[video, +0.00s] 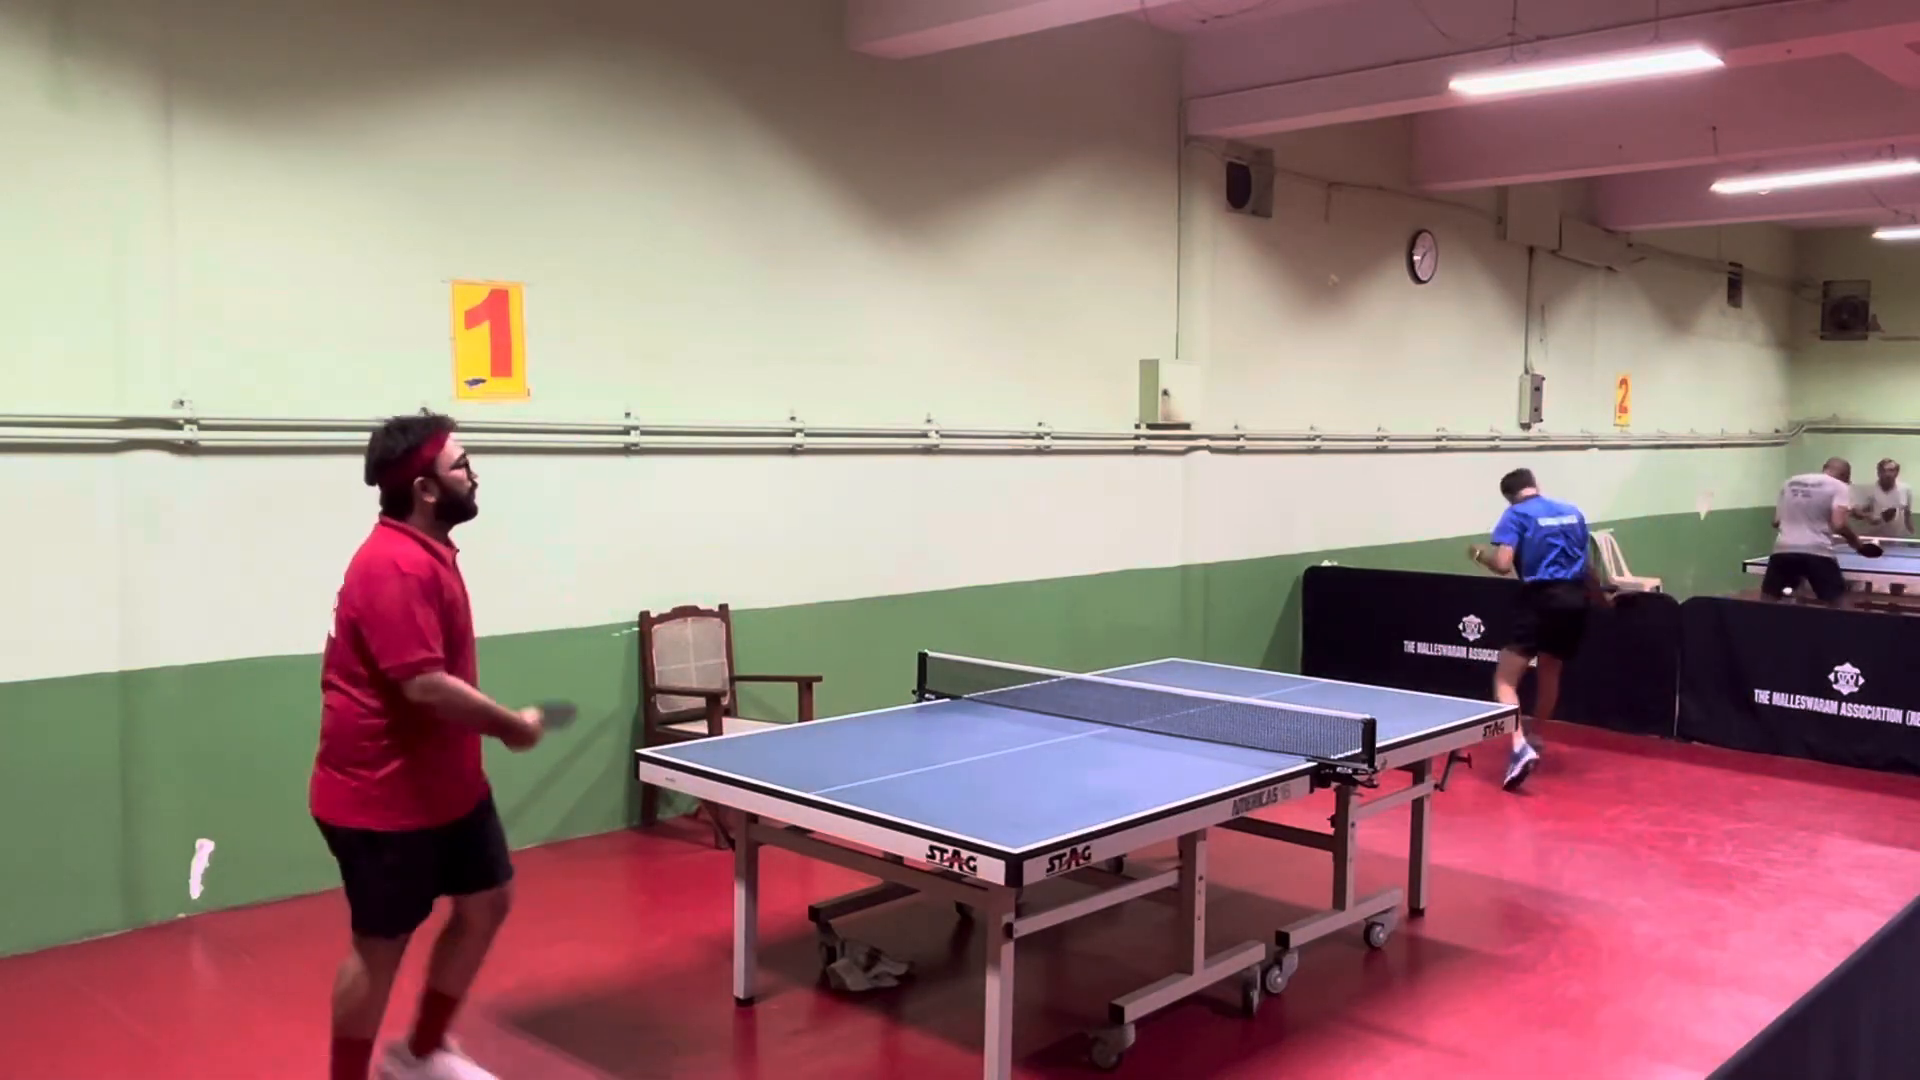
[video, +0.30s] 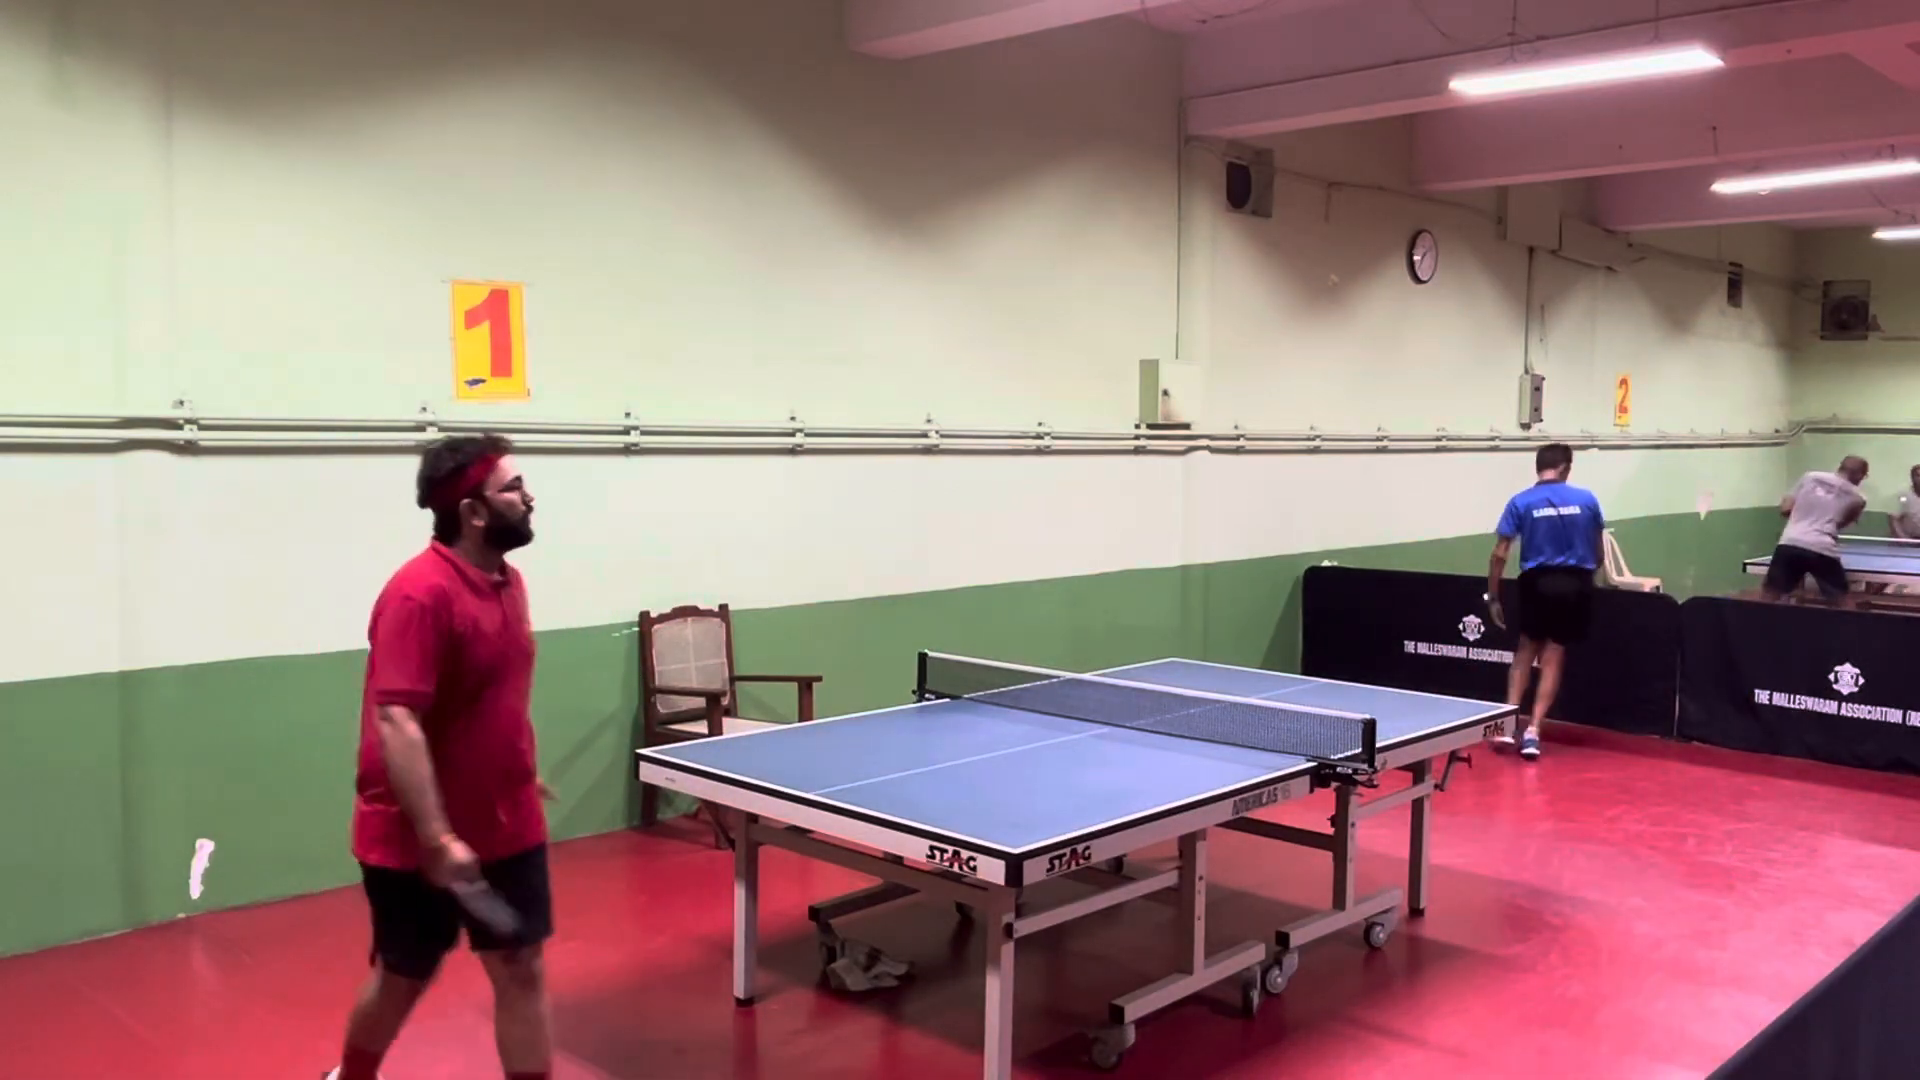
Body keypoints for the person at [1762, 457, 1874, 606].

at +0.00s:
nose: (1847, 483)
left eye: (1847, 480)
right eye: (1847, 480)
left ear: (1824, 468)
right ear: (1845, 477)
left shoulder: (1791, 482)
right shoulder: (1839, 486)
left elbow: (1777, 522)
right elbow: (1839, 525)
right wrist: (1860, 546)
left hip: (1783, 555)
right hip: (1818, 557)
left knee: (1766, 605)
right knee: (1840, 609)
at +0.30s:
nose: (1863, 479)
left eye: (1864, 475)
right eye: (1863, 475)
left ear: (1840, 467)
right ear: (1860, 475)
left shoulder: (1810, 477)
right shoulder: (1857, 499)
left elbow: (1786, 508)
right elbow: (1841, 524)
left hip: (1789, 547)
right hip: (1823, 553)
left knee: (1768, 598)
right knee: (1841, 606)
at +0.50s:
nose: (1871, 477)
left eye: (1872, 474)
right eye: (1872, 474)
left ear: (1848, 467)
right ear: (1868, 475)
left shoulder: (1819, 478)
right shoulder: (1867, 499)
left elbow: (1796, 509)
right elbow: (1853, 535)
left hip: (1797, 549)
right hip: (1832, 555)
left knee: (1775, 599)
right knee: (1847, 608)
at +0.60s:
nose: (1872, 477)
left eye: (1872, 474)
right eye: (1872, 474)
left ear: (1848, 468)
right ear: (1869, 475)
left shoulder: (1820, 480)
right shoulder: (1868, 497)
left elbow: (1799, 511)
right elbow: (1864, 539)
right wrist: (1845, 544)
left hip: (1798, 548)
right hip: (1832, 554)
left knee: (1775, 598)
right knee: (1852, 606)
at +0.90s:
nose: (1850, 477)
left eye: (1850, 473)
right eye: (1849, 473)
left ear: (1827, 469)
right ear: (1846, 473)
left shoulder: (1800, 484)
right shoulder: (1847, 496)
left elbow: (1786, 519)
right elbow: (1856, 537)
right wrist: (1861, 551)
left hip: (1783, 556)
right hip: (1816, 561)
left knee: (1763, 604)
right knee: (1838, 607)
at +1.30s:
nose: (1842, 479)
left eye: (1843, 475)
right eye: (1843, 475)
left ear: (1819, 469)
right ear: (1839, 474)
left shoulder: (1794, 483)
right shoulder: (1836, 493)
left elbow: (1767, 516)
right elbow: (1845, 539)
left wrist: (1783, 526)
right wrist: (1872, 555)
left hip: (1777, 553)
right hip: (1809, 556)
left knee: (1758, 602)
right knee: (1839, 603)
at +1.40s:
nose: (1856, 484)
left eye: (1857, 480)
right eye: (1856, 480)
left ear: (1833, 474)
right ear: (1851, 478)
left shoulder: (1810, 489)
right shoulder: (1843, 498)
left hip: (1789, 557)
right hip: (1817, 560)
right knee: (1854, 608)